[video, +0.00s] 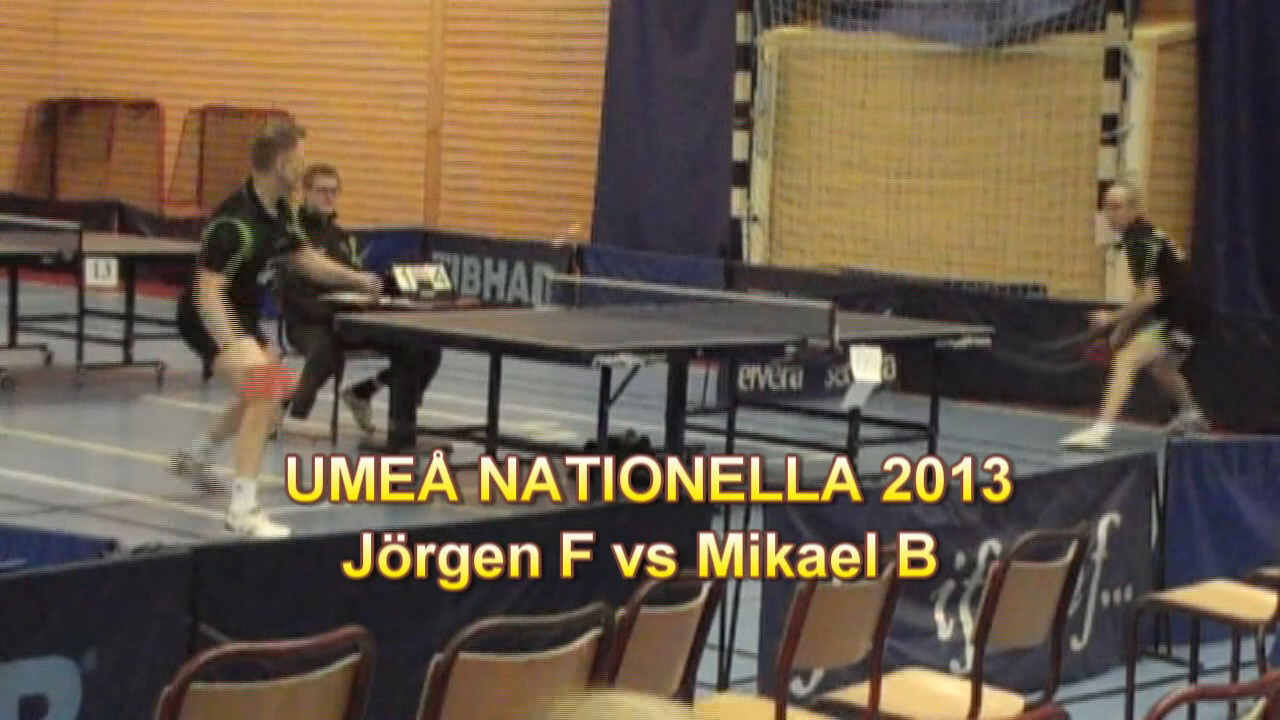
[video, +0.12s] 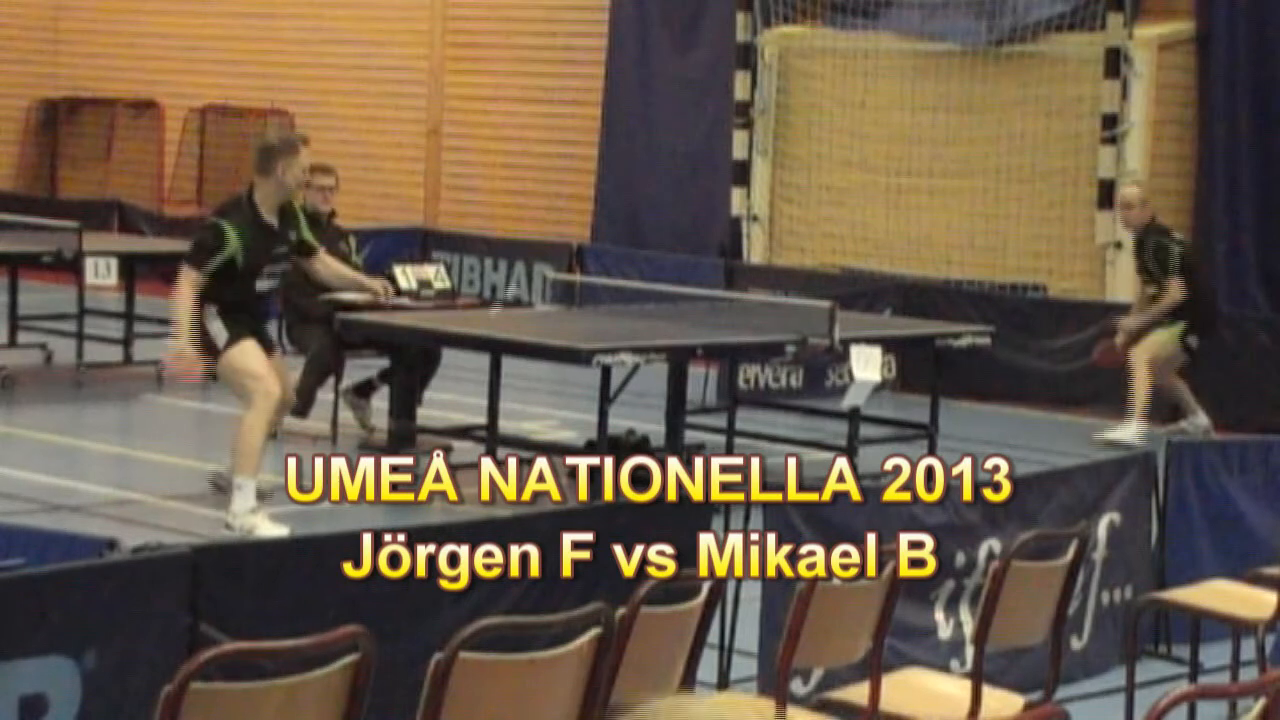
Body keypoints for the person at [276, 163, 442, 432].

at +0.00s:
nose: (329, 198)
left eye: (333, 191)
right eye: (322, 191)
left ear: (339, 194)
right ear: (304, 193)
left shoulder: (337, 234)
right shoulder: (293, 231)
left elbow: (350, 276)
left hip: (346, 318)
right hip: (307, 319)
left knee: (425, 351)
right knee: (326, 352)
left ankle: (362, 393)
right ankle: (294, 416)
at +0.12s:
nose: (326, 197)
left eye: (331, 190)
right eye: (319, 189)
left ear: (337, 194)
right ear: (304, 191)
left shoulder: (341, 235)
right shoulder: (292, 232)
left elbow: (354, 279)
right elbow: (297, 294)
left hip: (348, 316)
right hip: (308, 318)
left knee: (425, 351)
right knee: (326, 351)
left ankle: (362, 392)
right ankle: (294, 414)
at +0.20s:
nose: (325, 196)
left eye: (330, 189)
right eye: (318, 189)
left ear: (337, 194)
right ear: (302, 191)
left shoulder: (340, 235)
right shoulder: (292, 230)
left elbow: (355, 278)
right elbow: (296, 293)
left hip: (348, 316)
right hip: (308, 317)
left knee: (424, 351)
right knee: (327, 352)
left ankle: (362, 392)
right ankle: (294, 411)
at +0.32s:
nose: (324, 195)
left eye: (329, 189)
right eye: (317, 188)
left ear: (336, 194)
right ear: (302, 191)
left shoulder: (342, 235)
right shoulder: (293, 232)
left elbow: (354, 280)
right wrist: (349, 293)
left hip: (348, 314)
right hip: (309, 317)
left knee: (424, 351)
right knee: (327, 354)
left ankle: (362, 391)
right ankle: (293, 414)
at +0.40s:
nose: (323, 195)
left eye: (329, 188)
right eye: (317, 188)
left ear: (336, 193)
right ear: (302, 191)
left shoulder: (344, 236)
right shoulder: (292, 235)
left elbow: (355, 279)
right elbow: (293, 292)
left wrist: (361, 293)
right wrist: (339, 294)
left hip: (349, 316)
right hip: (309, 318)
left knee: (424, 351)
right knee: (327, 354)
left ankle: (362, 391)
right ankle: (295, 417)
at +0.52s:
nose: (324, 194)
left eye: (329, 188)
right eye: (317, 187)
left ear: (336, 191)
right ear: (303, 190)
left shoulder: (344, 234)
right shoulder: (289, 235)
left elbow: (357, 280)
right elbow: (272, 266)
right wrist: (307, 277)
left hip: (350, 315)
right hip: (307, 316)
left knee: (425, 352)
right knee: (326, 353)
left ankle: (362, 391)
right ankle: (295, 420)